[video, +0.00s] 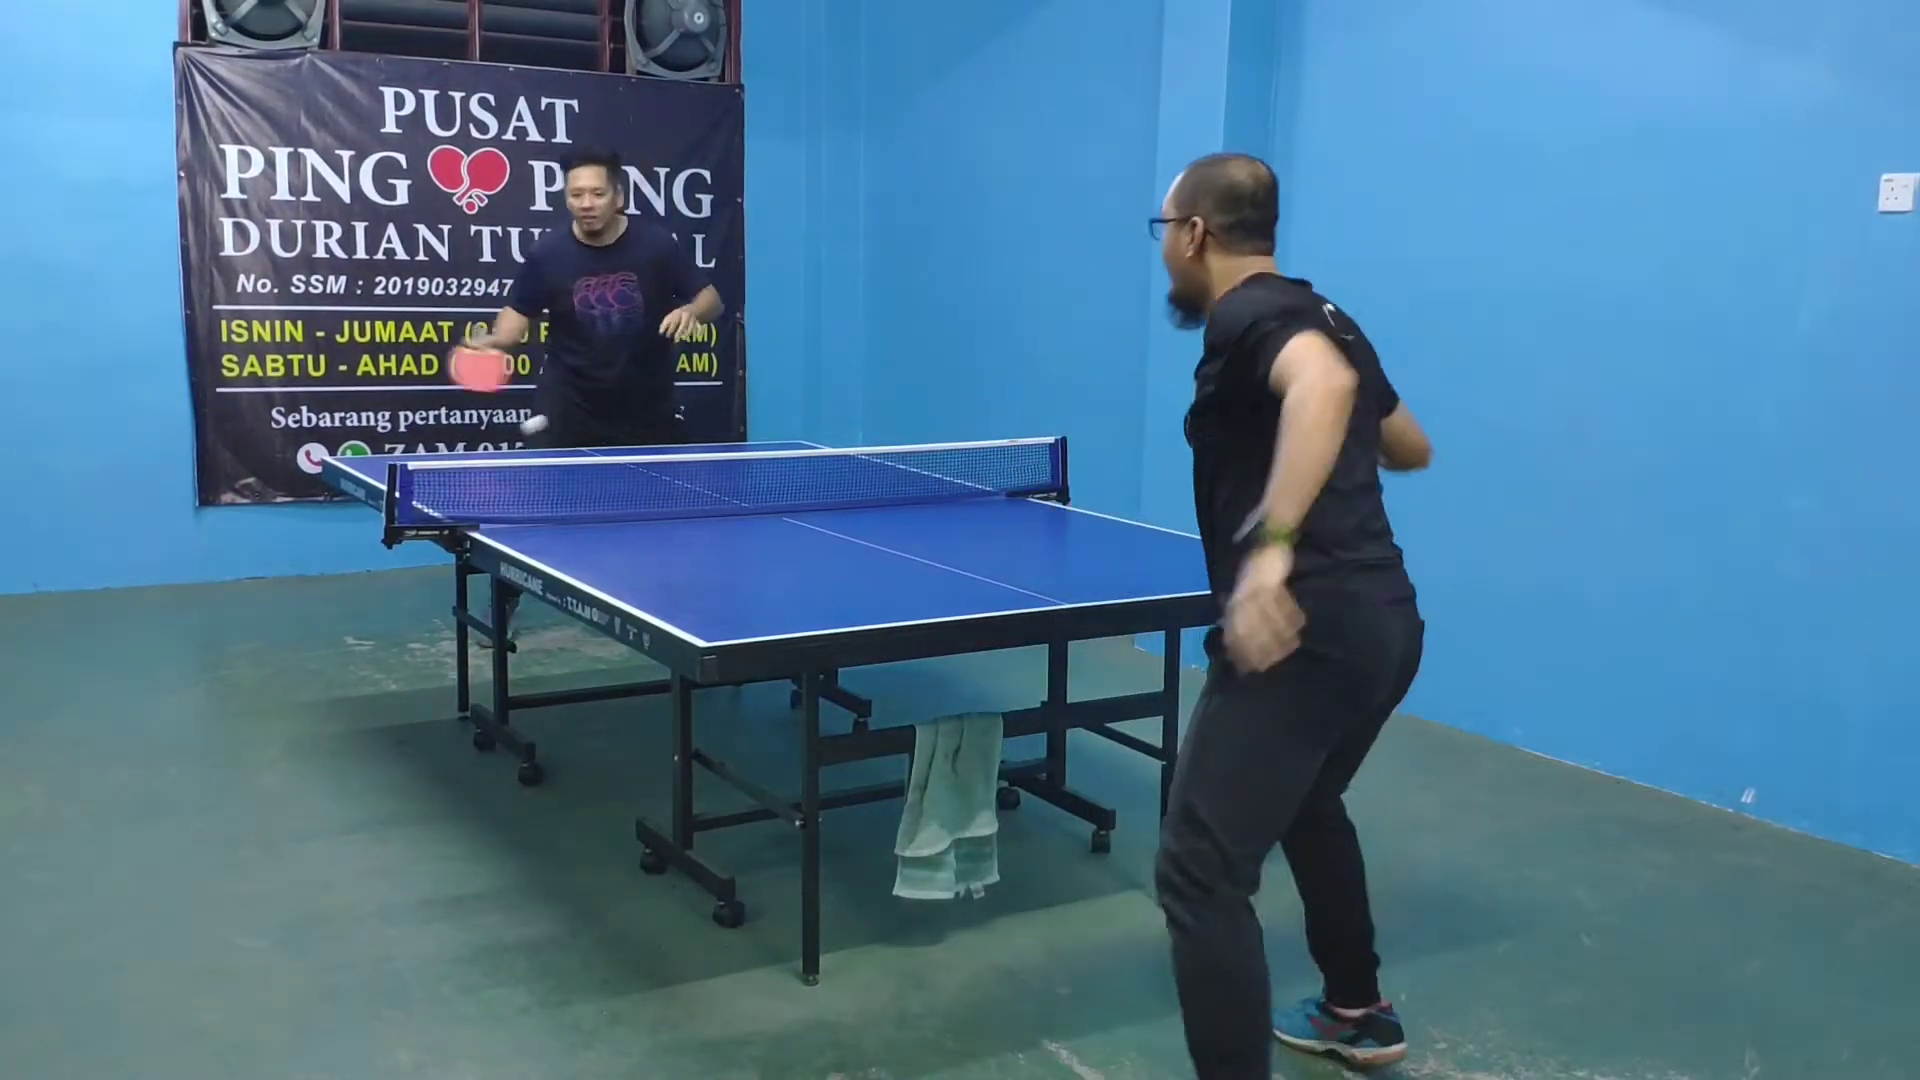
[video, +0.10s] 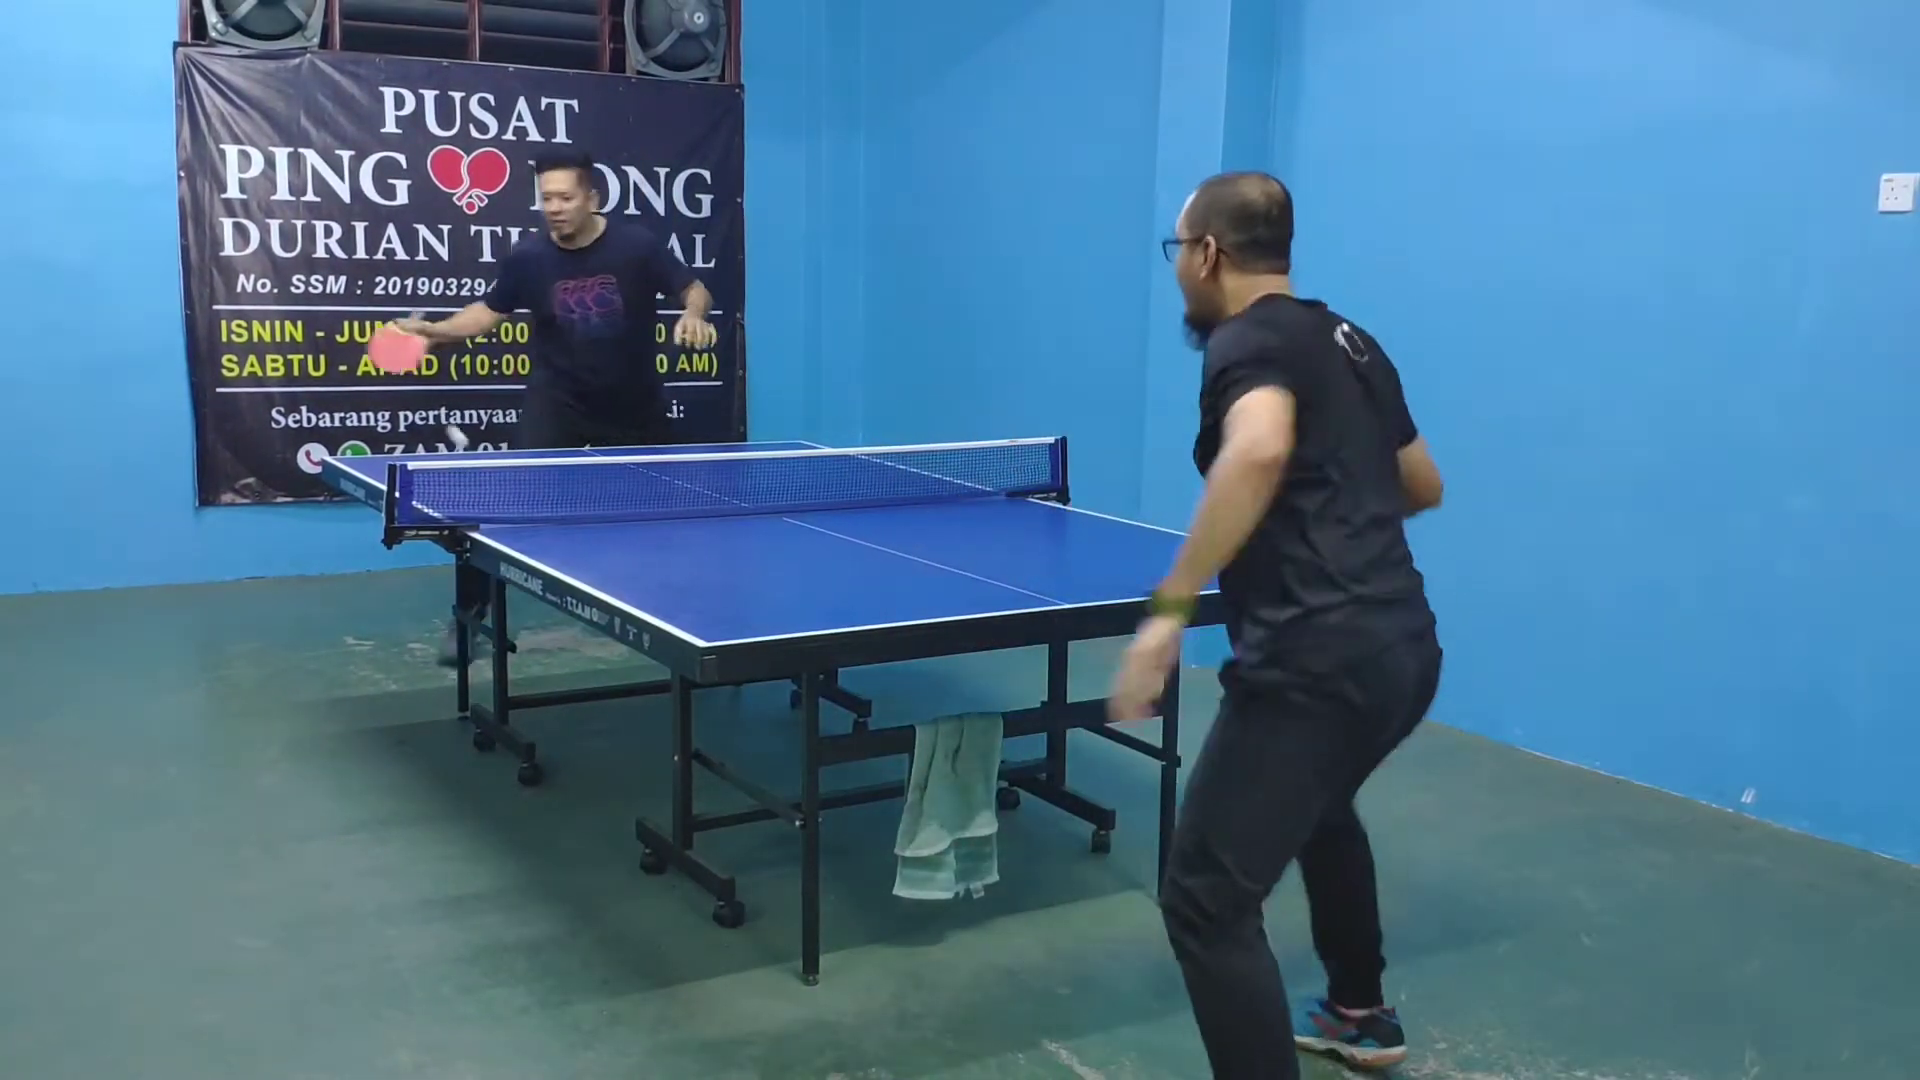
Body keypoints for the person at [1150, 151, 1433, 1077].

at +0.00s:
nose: (1163, 247)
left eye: (1167, 229)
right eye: (1164, 229)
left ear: (1198, 234)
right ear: (1258, 233)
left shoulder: (1251, 311)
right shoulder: (1324, 317)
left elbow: (1323, 378)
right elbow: (1407, 446)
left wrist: (1268, 548)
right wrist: (1300, 431)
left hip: (1306, 624)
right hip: (1379, 624)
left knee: (1200, 869)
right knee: (1309, 802)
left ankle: (1232, 1066)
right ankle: (1356, 1008)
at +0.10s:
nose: (1176, 265)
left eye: (1181, 247)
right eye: (1179, 247)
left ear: (1210, 253)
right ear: (1278, 253)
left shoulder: (1251, 339)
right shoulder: (1347, 337)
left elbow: (1259, 453)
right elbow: (1421, 485)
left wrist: (1166, 616)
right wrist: (1303, 508)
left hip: (1310, 665)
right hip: (1396, 653)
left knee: (1206, 893)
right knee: (1320, 799)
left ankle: (1254, 1066)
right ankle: (1360, 1010)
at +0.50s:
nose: (1199, 369)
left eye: (1198, 352)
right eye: (1197, 352)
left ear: (1223, 355)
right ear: (1298, 347)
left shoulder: (1272, 434)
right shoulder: (1379, 410)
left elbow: (1272, 589)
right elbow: (1424, 569)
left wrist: (1217, 699)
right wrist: (1323, 647)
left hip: (1433, 721)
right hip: (1530, 701)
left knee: (1258, 911)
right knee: (1424, 816)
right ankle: (1468, 1027)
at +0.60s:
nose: (1214, 380)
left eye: (1215, 365)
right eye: (1212, 365)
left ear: (1240, 370)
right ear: (1316, 362)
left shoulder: (1264, 455)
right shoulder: (1410, 426)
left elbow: (1261, 624)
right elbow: (1484, 551)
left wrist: (1257, 731)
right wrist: (1379, 665)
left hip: (1435, 731)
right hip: (1556, 708)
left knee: (1262, 929)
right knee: (1477, 827)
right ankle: (1478, 1023)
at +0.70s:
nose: (1262, 364)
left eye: (1266, 350)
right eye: (1262, 350)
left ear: (1293, 354)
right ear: (1366, 349)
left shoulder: (1276, 451)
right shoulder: (1467, 420)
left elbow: (1251, 626)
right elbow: (1576, 581)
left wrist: (1303, 707)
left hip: (1417, 727)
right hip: (1556, 710)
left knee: (1251, 931)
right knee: (1493, 831)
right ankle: (1523, 1048)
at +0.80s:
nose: (1335, 371)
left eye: (1337, 355)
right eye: (1335, 356)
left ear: (1363, 354)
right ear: (1440, 356)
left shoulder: (1315, 460)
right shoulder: (1542, 448)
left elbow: (1273, 636)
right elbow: (1652, 608)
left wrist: (1379, 661)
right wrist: (1610, 714)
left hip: (1385, 748)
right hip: (1532, 749)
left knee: (1203, 904)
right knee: (1515, 883)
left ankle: (1234, 1070)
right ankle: (1561, 1067)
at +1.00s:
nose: (1408, 397)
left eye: (1410, 383)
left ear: (1421, 382)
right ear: (1526, 404)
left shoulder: (1361, 475)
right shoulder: (1551, 476)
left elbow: (1387, 583)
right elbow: (1579, 592)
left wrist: (1515, 615)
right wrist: (1635, 779)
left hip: (1311, 790)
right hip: (1469, 803)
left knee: (1161, 956)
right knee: (1531, 899)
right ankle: (1546, 1067)